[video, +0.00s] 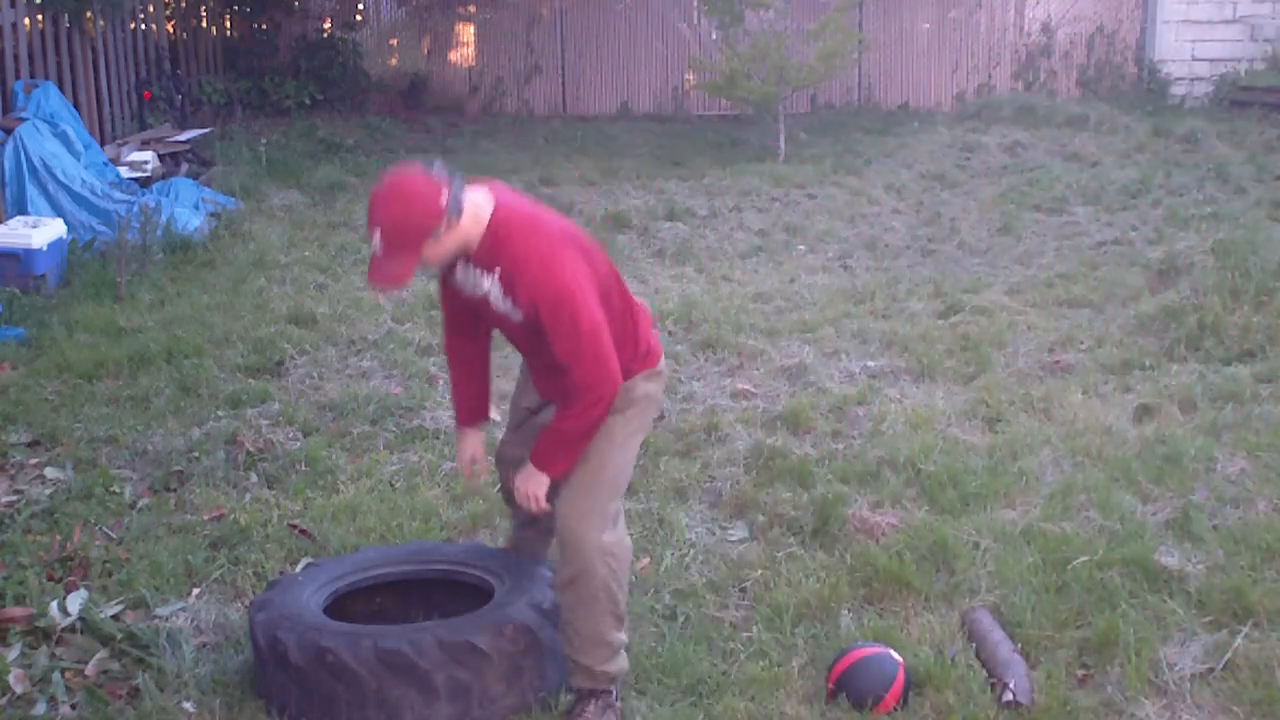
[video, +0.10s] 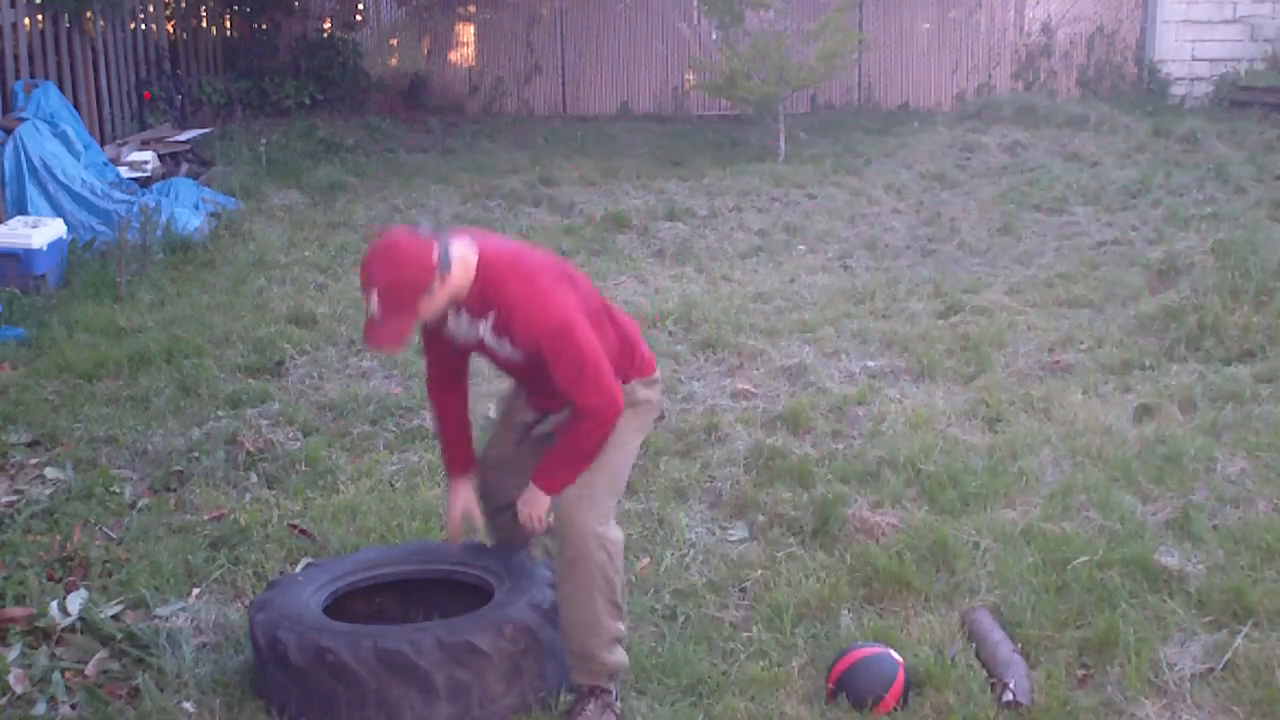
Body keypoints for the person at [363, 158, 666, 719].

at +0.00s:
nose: (423, 265)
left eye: (423, 254)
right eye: (414, 257)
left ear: (445, 223)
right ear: (437, 219)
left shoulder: (541, 257)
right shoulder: (455, 239)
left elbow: (600, 382)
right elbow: (465, 334)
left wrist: (544, 466)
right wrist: (470, 424)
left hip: (623, 373)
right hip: (549, 366)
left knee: (582, 521)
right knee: (518, 468)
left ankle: (598, 686)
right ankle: (527, 597)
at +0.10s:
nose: (416, 321)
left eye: (416, 311)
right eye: (410, 315)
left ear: (437, 283)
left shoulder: (533, 298)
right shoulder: (439, 287)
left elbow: (602, 404)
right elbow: (446, 383)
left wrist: (544, 485)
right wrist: (459, 475)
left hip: (620, 386)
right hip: (540, 385)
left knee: (581, 516)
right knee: (496, 485)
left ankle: (598, 684)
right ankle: (523, 610)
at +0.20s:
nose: (408, 376)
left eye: (407, 363)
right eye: (399, 368)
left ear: (429, 335)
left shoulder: (523, 336)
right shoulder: (423, 335)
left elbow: (602, 422)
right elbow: (436, 423)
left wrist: (538, 490)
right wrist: (448, 517)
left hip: (617, 393)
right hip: (528, 397)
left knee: (580, 513)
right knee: (466, 486)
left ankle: (597, 681)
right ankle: (509, 626)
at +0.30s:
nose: (416, 413)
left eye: (414, 404)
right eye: (406, 408)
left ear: (431, 372)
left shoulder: (520, 360)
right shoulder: (419, 361)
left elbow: (607, 429)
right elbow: (436, 448)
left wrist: (534, 492)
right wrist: (452, 537)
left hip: (619, 394)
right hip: (518, 407)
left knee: (584, 511)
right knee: (461, 505)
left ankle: (598, 682)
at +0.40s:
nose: (428, 422)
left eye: (428, 413)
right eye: (417, 419)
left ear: (446, 382)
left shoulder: (528, 364)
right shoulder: (423, 366)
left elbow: (613, 430)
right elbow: (436, 451)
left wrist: (540, 492)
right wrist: (450, 539)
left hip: (624, 396)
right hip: (529, 404)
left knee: (588, 512)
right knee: (464, 492)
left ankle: (598, 683)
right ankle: (492, 640)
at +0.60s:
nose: (468, 385)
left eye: (471, 369)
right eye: (457, 373)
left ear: (494, 336)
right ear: (434, 340)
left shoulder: (567, 340)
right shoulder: (450, 331)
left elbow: (625, 426)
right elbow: (445, 420)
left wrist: (553, 498)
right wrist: (449, 516)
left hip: (633, 391)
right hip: (537, 392)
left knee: (600, 513)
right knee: (485, 476)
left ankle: (600, 680)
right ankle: (496, 638)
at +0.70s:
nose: (483, 367)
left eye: (493, 352)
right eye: (475, 353)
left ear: (523, 322)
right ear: (454, 313)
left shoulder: (591, 323)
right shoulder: (457, 308)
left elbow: (631, 427)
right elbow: (446, 393)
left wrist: (560, 501)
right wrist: (443, 485)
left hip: (635, 390)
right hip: (549, 387)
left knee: (612, 519)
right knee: (499, 503)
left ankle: (605, 680)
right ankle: (489, 645)